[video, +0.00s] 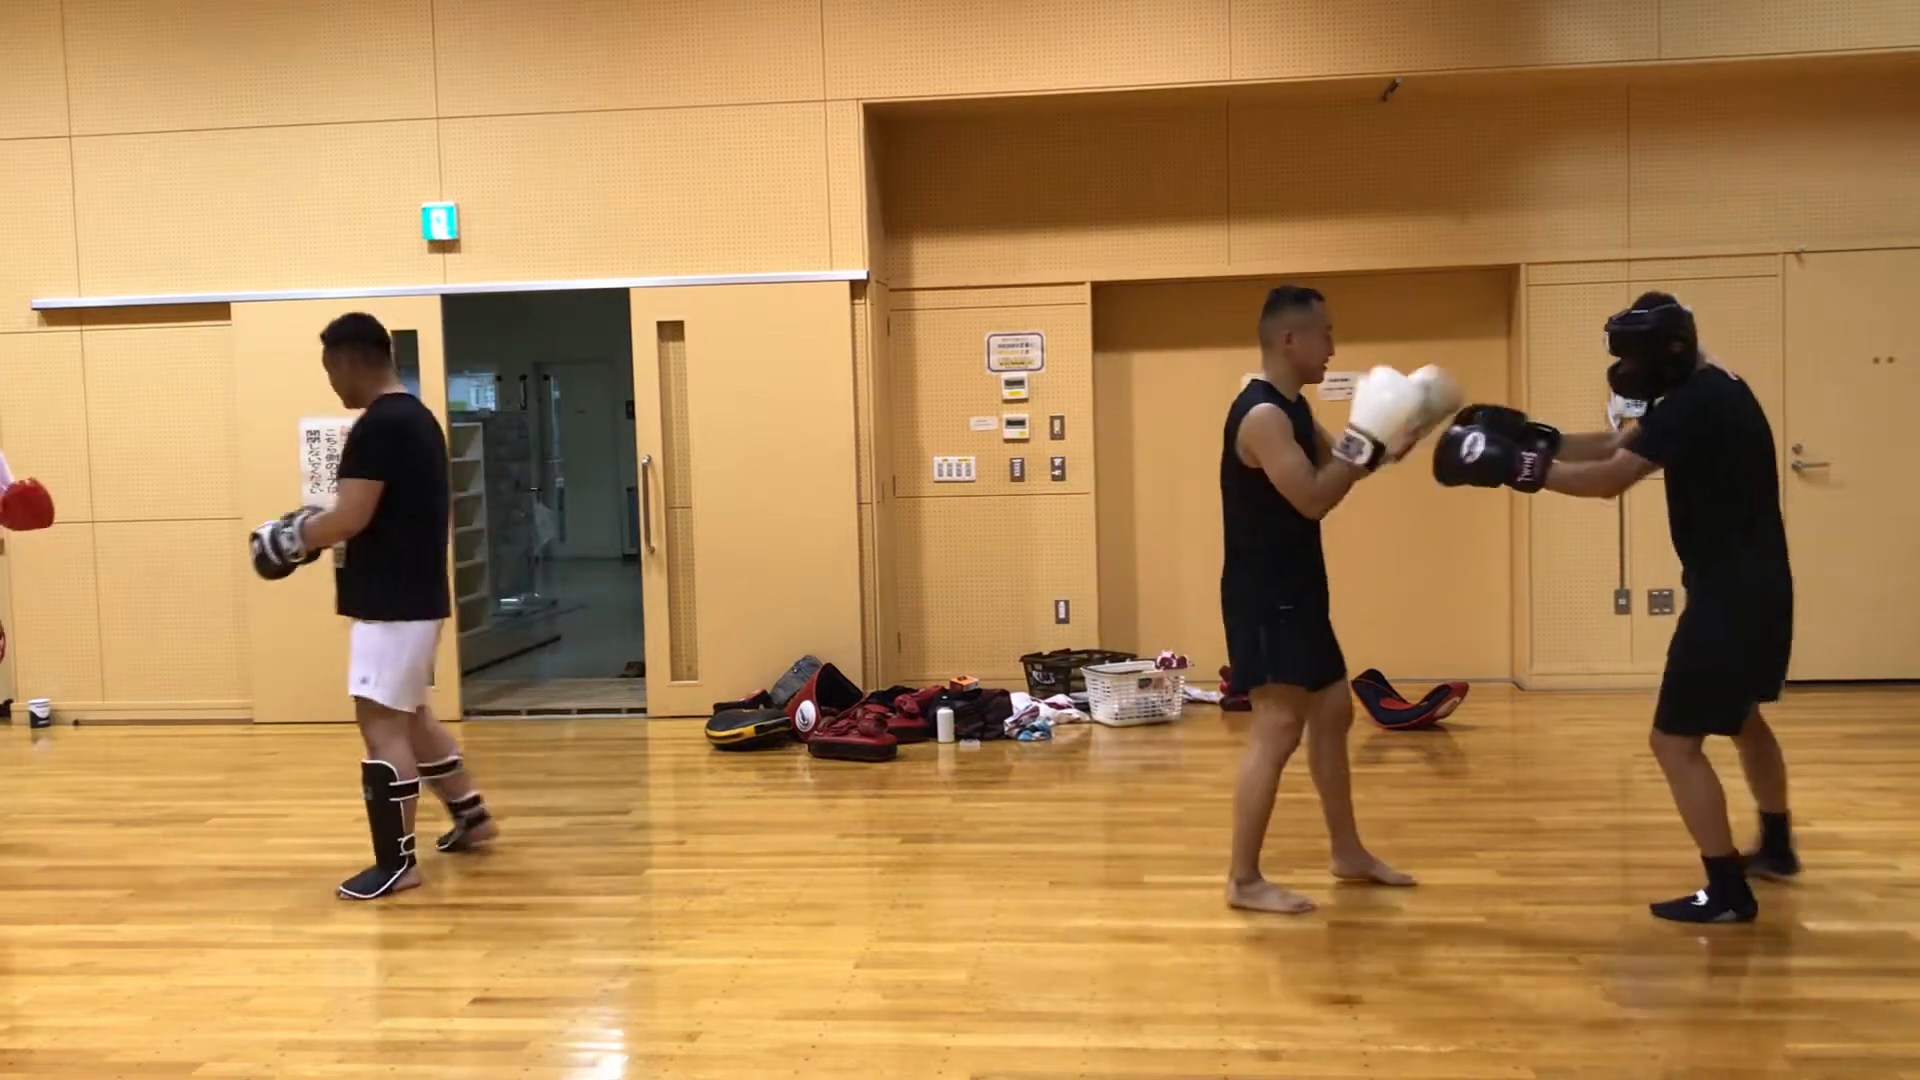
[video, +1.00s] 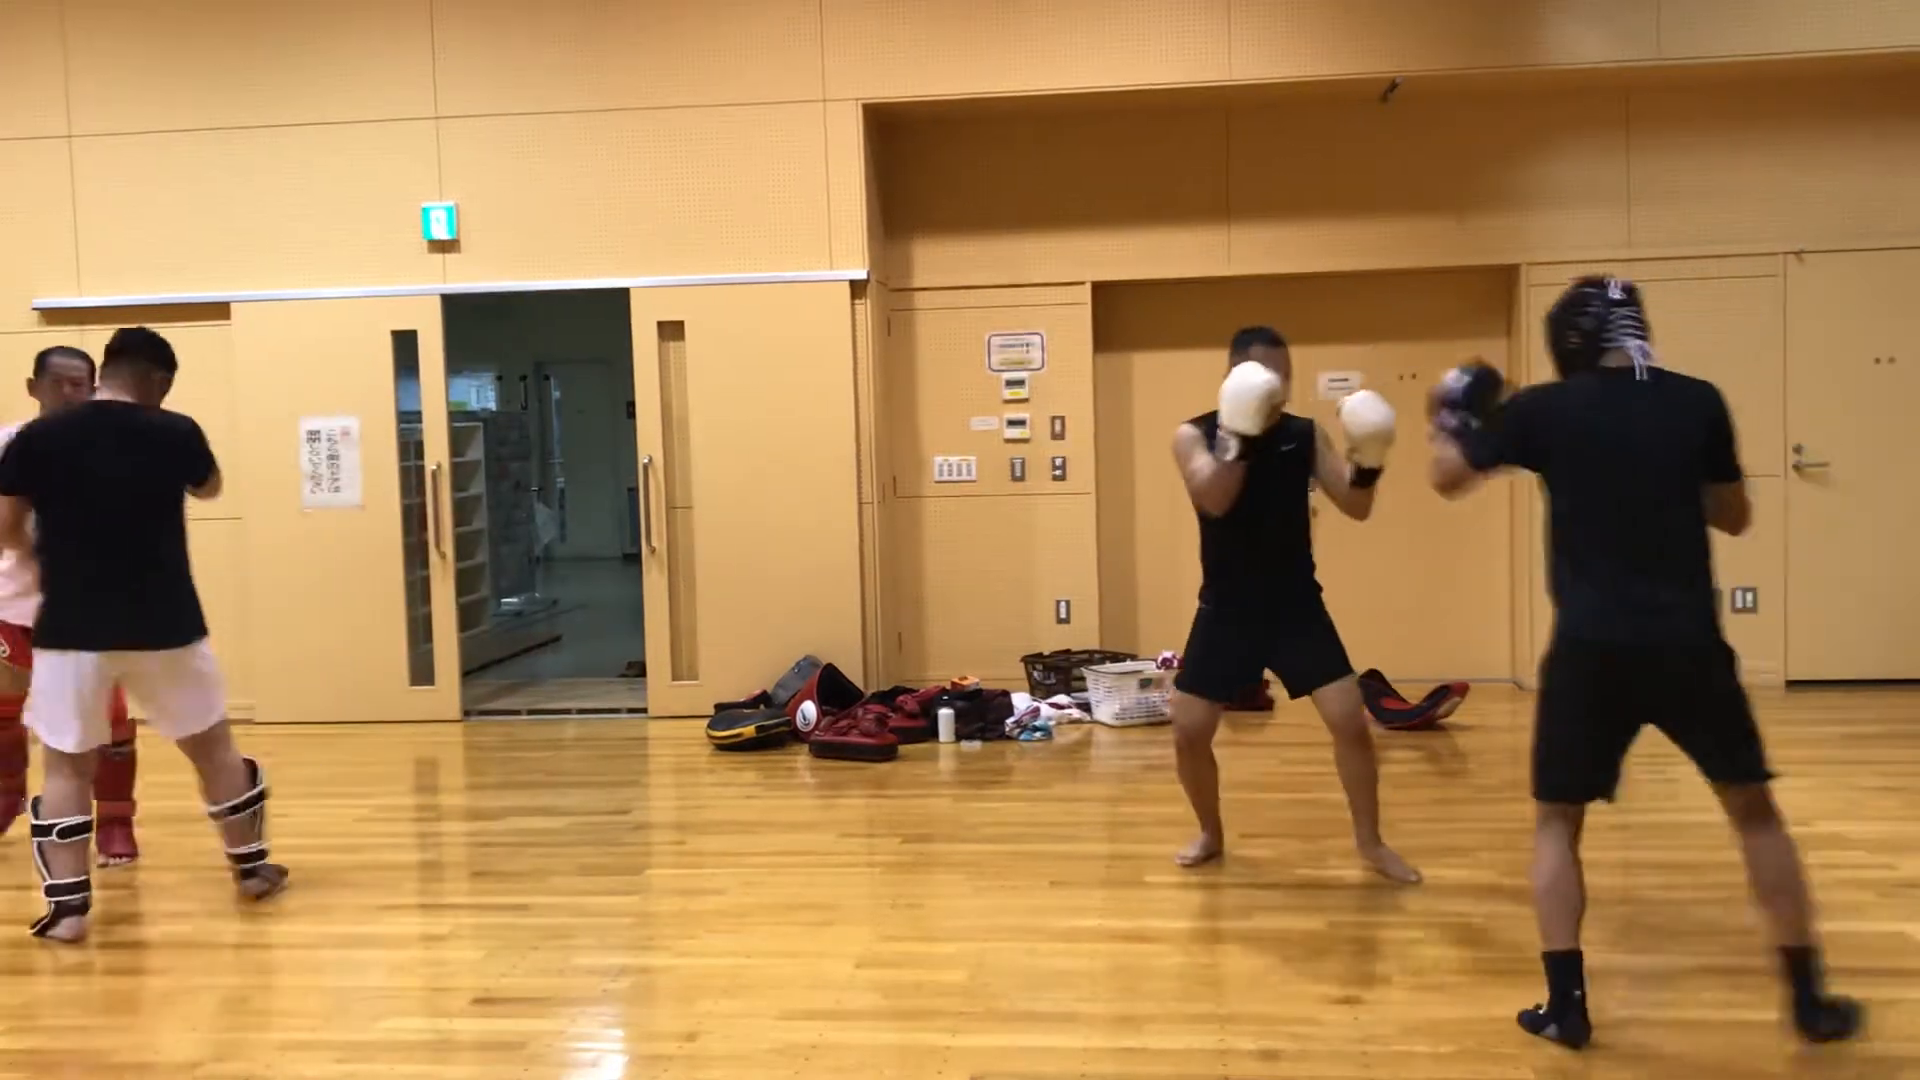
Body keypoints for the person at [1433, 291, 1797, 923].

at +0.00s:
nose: (1616, 367)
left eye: (1628, 356)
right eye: (1616, 355)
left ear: (1670, 354)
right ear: (1674, 354)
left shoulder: (1691, 406)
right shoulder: (1714, 389)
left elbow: (1608, 481)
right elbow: (1619, 444)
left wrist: (1522, 467)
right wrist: (1539, 439)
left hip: (1725, 598)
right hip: (1756, 590)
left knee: (1674, 741)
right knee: (1742, 717)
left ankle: (1726, 891)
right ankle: (1776, 845)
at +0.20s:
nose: (1637, 351)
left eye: (1645, 338)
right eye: (1636, 338)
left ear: (1679, 334)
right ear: (1701, 329)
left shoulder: (1698, 394)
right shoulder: (1750, 379)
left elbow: (1636, 485)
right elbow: (1664, 465)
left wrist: (1566, 447)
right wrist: (1595, 448)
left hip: (1717, 599)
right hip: (1776, 590)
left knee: (1694, 741)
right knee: (1777, 732)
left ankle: (1725, 887)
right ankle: (1863, 866)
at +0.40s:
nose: (1668, 374)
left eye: (1671, 363)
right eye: (1665, 364)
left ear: (1693, 358)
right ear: (1735, 346)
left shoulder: (1709, 407)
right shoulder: (1792, 403)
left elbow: (1619, 465)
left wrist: (1569, 402)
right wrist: (1645, 405)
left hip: (1732, 620)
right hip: (1803, 618)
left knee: (1676, 751)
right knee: (1795, 773)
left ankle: (1721, 881)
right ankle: (1865, 938)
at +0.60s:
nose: (1671, 339)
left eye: (1670, 327)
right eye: (1666, 329)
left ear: (1686, 323)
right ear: (1742, 307)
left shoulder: (1694, 367)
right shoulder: (1810, 370)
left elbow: (1613, 449)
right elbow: (1747, 411)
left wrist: (1585, 388)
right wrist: (1664, 374)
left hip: (1716, 597)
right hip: (1802, 598)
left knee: (1655, 728)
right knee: (1822, 766)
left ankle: (1688, 901)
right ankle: (1857, 945)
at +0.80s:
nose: (1629, 378)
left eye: (1630, 367)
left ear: (1643, 367)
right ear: (1710, 347)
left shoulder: (1644, 434)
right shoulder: (1783, 417)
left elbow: (1590, 546)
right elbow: (1797, 521)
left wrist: (1571, 473)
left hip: (1681, 663)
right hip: (1778, 660)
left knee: (1607, 807)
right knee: (1821, 823)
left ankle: (1579, 969)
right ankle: (1877, 996)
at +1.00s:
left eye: (1557, 346)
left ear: (1567, 347)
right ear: (1638, 338)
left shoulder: (1546, 409)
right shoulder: (1696, 401)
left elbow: (1449, 477)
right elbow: (1733, 513)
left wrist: (1446, 414)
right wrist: (1664, 476)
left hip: (1589, 654)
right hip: (1689, 651)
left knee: (1557, 821)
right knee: (1754, 810)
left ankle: (1565, 1008)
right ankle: (1808, 998)